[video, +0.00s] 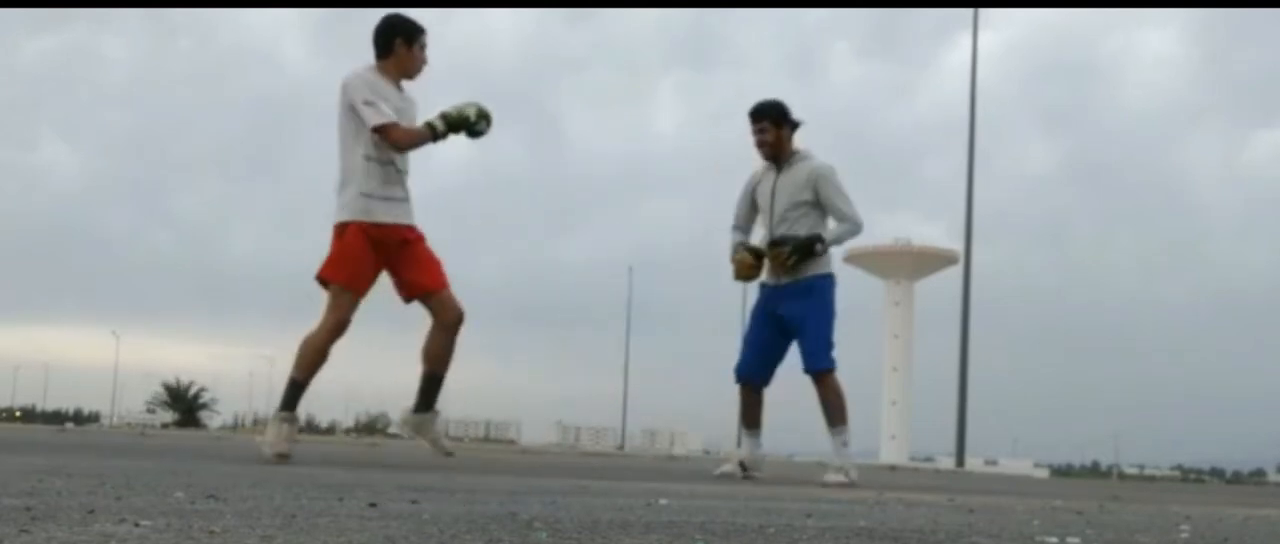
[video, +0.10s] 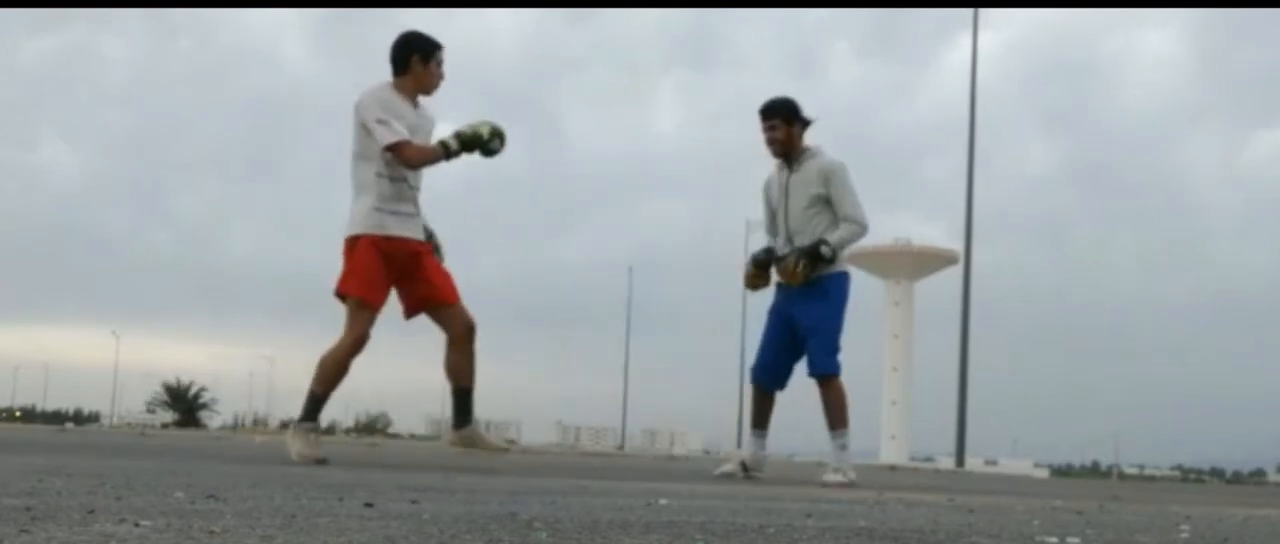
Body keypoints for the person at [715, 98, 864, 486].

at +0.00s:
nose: (758, 141)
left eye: (764, 133)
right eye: (755, 134)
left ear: (787, 131)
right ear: (755, 136)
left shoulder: (817, 173)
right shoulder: (759, 179)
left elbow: (852, 223)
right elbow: (740, 228)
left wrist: (816, 242)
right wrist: (741, 252)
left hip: (812, 288)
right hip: (773, 290)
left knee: (820, 369)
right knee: (749, 374)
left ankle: (843, 461)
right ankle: (748, 458)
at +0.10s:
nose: (770, 138)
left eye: (776, 129)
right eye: (766, 131)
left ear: (798, 128)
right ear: (764, 135)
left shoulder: (828, 170)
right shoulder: (773, 183)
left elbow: (856, 224)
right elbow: (776, 238)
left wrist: (818, 251)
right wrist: (764, 258)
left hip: (826, 285)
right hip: (789, 288)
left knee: (824, 368)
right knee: (764, 374)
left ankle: (841, 462)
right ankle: (753, 456)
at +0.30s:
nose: (781, 134)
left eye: (787, 126)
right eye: (778, 128)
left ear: (809, 125)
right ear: (780, 130)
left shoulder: (833, 158)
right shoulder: (800, 171)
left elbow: (870, 204)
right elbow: (818, 223)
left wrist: (833, 237)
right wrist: (797, 241)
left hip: (842, 278)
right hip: (811, 279)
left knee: (840, 366)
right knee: (785, 364)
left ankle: (844, 463)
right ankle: (801, 450)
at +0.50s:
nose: (789, 135)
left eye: (795, 127)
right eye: (785, 128)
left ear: (816, 125)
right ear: (788, 130)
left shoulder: (836, 156)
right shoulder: (810, 168)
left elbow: (871, 206)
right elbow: (818, 218)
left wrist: (840, 245)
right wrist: (803, 239)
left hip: (846, 273)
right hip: (825, 273)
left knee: (837, 364)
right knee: (822, 366)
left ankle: (846, 457)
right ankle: (854, 448)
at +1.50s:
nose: (765, 174)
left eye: (771, 166)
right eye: (761, 168)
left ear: (788, 166)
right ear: (759, 171)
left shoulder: (810, 196)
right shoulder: (772, 211)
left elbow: (839, 240)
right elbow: (786, 260)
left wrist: (810, 271)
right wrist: (770, 283)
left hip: (830, 292)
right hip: (803, 298)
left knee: (808, 369)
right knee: (791, 376)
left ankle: (833, 457)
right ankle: (816, 456)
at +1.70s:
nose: (755, 180)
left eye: (761, 172)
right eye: (752, 173)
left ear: (779, 172)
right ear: (750, 175)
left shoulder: (806, 206)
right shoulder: (757, 219)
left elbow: (812, 260)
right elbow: (770, 266)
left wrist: (774, 289)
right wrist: (760, 294)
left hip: (814, 298)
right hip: (784, 302)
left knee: (804, 373)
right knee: (748, 368)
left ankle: (830, 458)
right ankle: (782, 440)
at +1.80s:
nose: (742, 182)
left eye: (748, 175)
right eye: (738, 175)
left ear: (764, 175)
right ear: (736, 178)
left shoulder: (788, 209)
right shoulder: (747, 216)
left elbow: (784, 266)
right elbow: (755, 261)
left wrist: (762, 301)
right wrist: (749, 280)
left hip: (804, 299)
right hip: (773, 301)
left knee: (800, 375)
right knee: (742, 371)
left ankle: (828, 459)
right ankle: (741, 449)